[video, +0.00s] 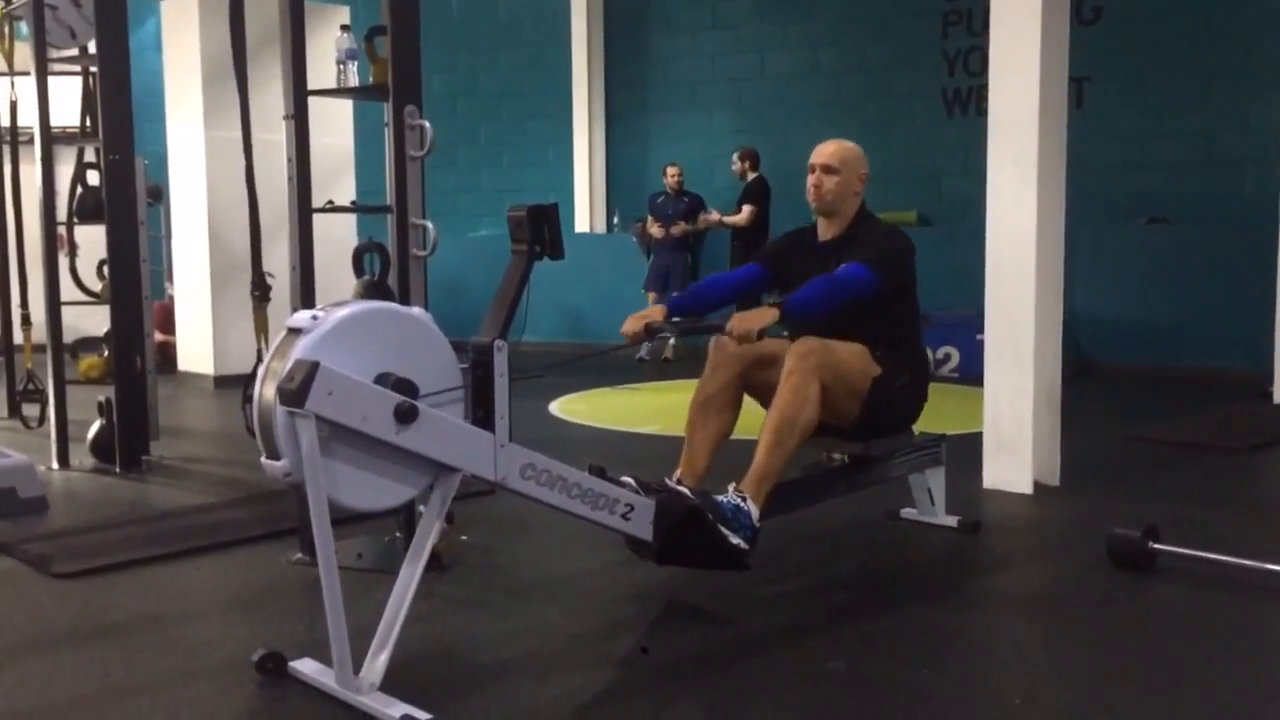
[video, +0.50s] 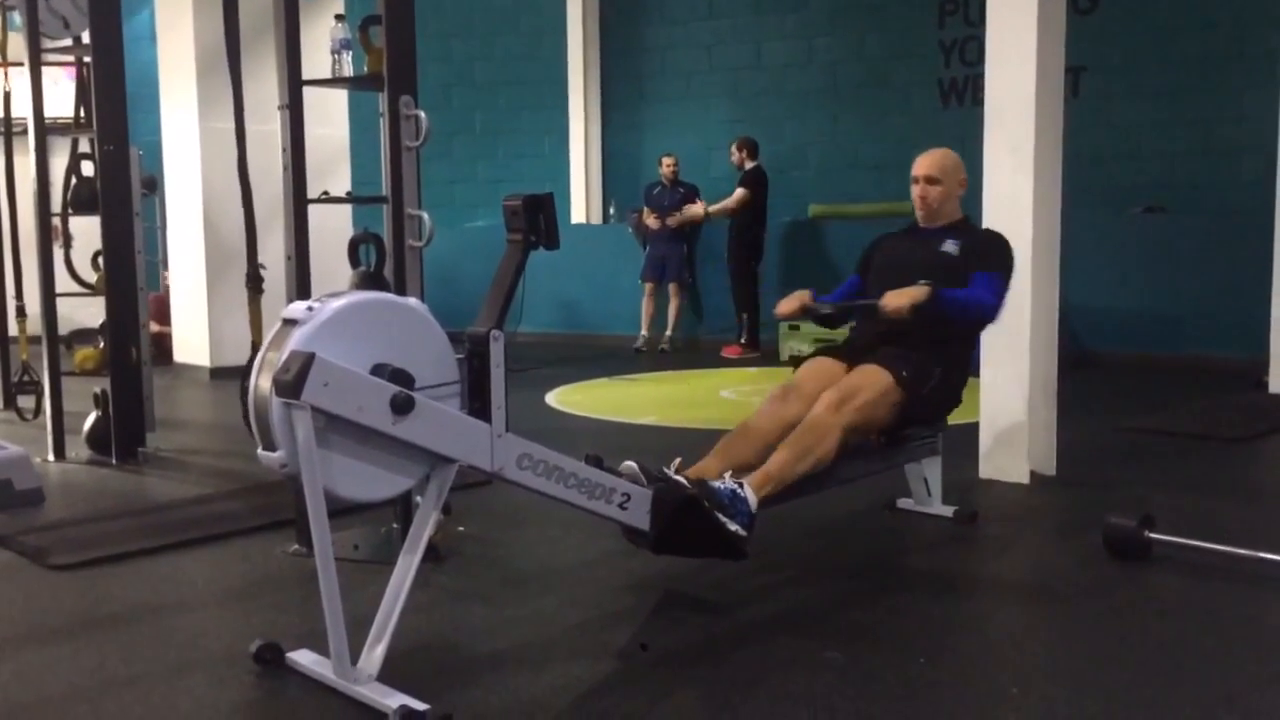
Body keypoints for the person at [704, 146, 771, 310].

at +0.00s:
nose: (732, 168)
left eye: (735, 163)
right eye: (732, 163)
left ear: (746, 164)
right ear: (746, 164)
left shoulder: (755, 185)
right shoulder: (753, 184)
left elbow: (745, 219)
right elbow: (742, 216)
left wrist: (719, 219)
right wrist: (719, 218)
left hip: (747, 251)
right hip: (746, 248)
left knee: (746, 301)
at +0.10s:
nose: (731, 165)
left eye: (734, 160)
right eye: (731, 161)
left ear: (746, 160)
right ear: (745, 160)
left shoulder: (756, 181)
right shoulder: (749, 182)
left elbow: (744, 213)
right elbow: (741, 219)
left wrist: (718, 216)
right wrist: (718, 222)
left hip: (748, 251)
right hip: (742, 250)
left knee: (747, 299)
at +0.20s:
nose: (731, 163)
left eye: (733, 157)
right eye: (730, 158)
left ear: (745, 157)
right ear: (745, 158)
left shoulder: (756, 177)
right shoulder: (750, 179)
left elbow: (743, 206)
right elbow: (740, 219)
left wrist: (714, 214)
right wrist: (714, 224)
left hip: (749, 246)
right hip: (743, 245)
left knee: (749, 293)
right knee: (744, 292)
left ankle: (750, 340)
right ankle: (747, 340)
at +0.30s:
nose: (731, 161)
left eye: (733, 156)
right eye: (731, 157)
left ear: (745, 156)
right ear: (746, 157)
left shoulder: (756, 176)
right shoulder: (751, 178)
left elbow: (739, 202)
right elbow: (734, 214)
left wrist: (708, 212)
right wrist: (706, 220)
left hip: (748, 245)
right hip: (742, 244)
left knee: (747, 294)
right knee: (745, 294)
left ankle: (749, 343)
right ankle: (747, 342)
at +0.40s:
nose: (731, 160)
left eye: (733, 155)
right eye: (731, 155)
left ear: (744, 155)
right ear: (746, 155)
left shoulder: (754, 176)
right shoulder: (753, 176)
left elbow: (734, 203)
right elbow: (732, 207)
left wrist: (703, 212)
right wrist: (704, 213)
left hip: (746, 244)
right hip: (744, 242)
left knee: (745, 292)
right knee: (745, 291)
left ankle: (749, 343)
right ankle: (748, 341)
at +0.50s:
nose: (731, 158)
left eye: (734, 154)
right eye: (731, 154)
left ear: (744, 153)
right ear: (746, 154)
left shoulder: (753, 175)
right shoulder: (751, 175)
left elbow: (734, 203)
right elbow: (733, 207)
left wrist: (706, 211)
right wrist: (707, 209)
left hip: (745, 242)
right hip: (743, 241)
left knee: (743, 290)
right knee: (743, 289)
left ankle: (747, 342)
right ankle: (745, 340)